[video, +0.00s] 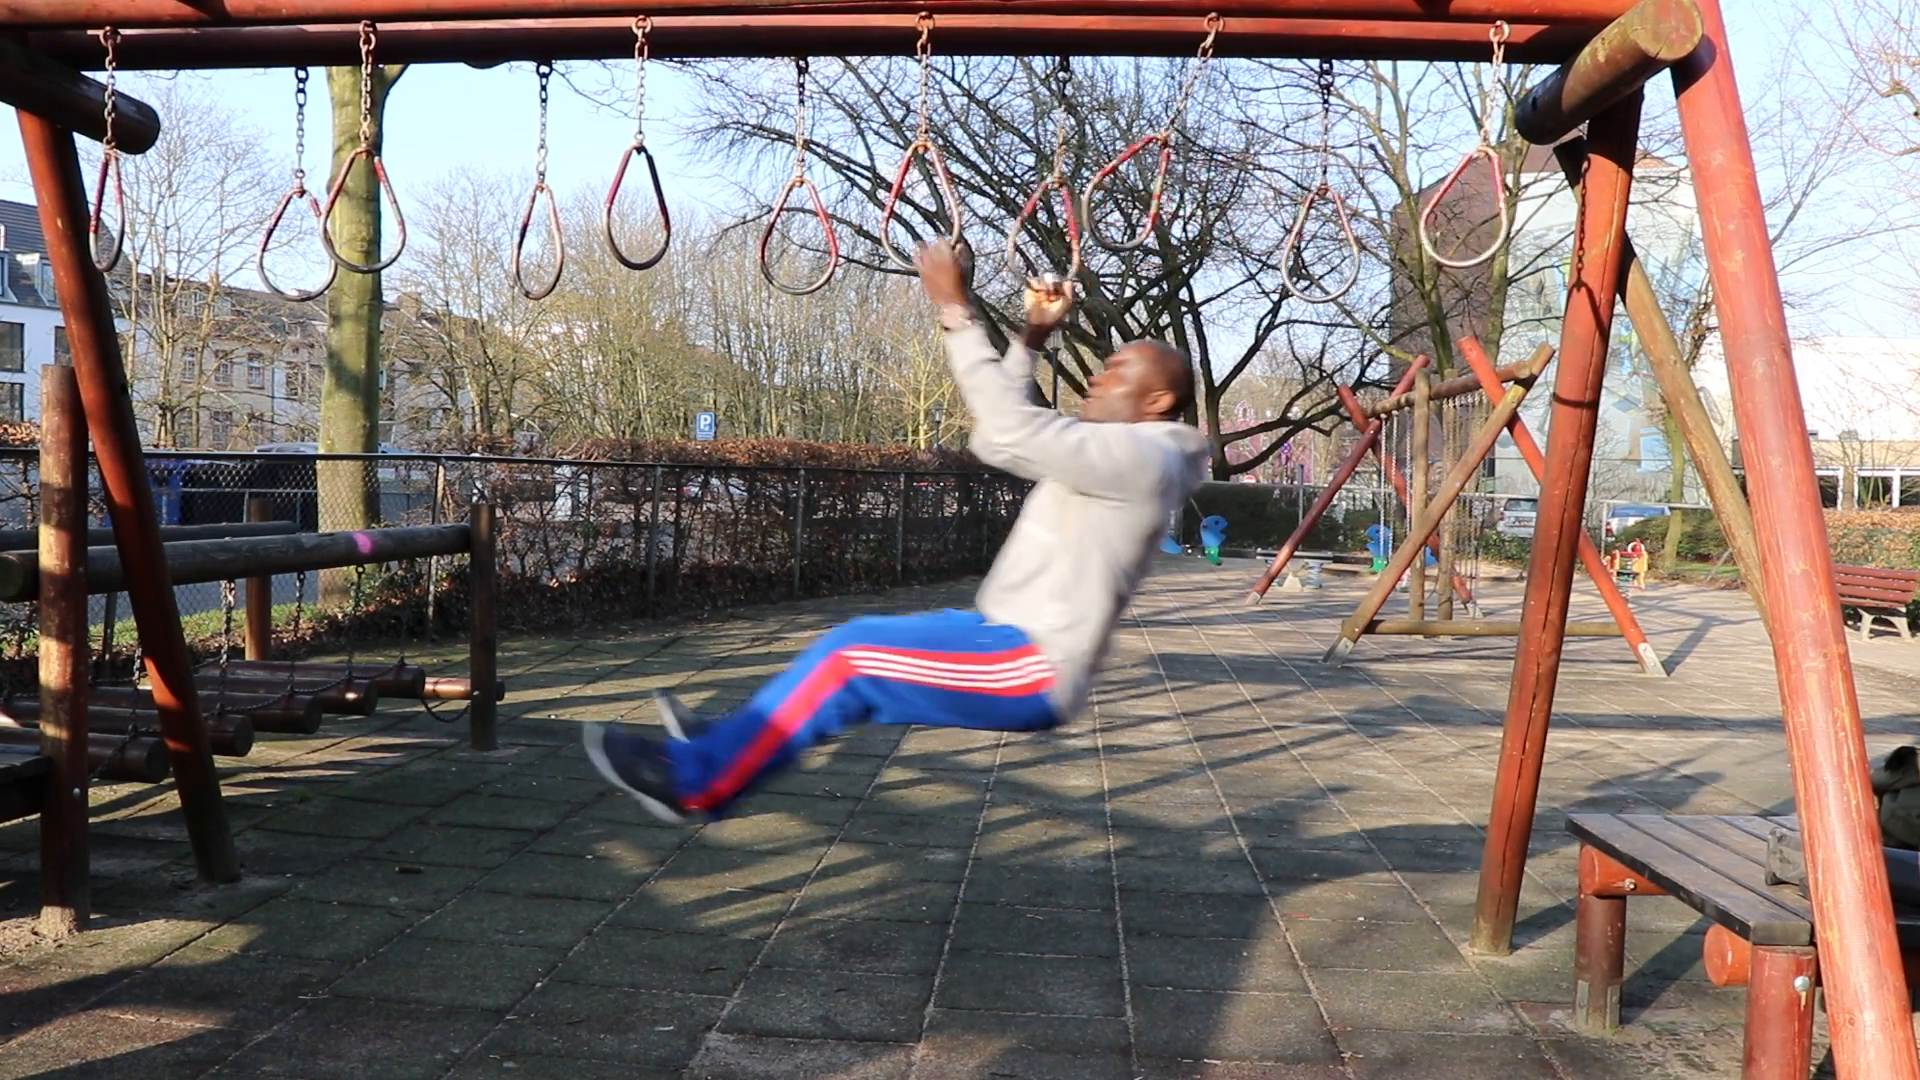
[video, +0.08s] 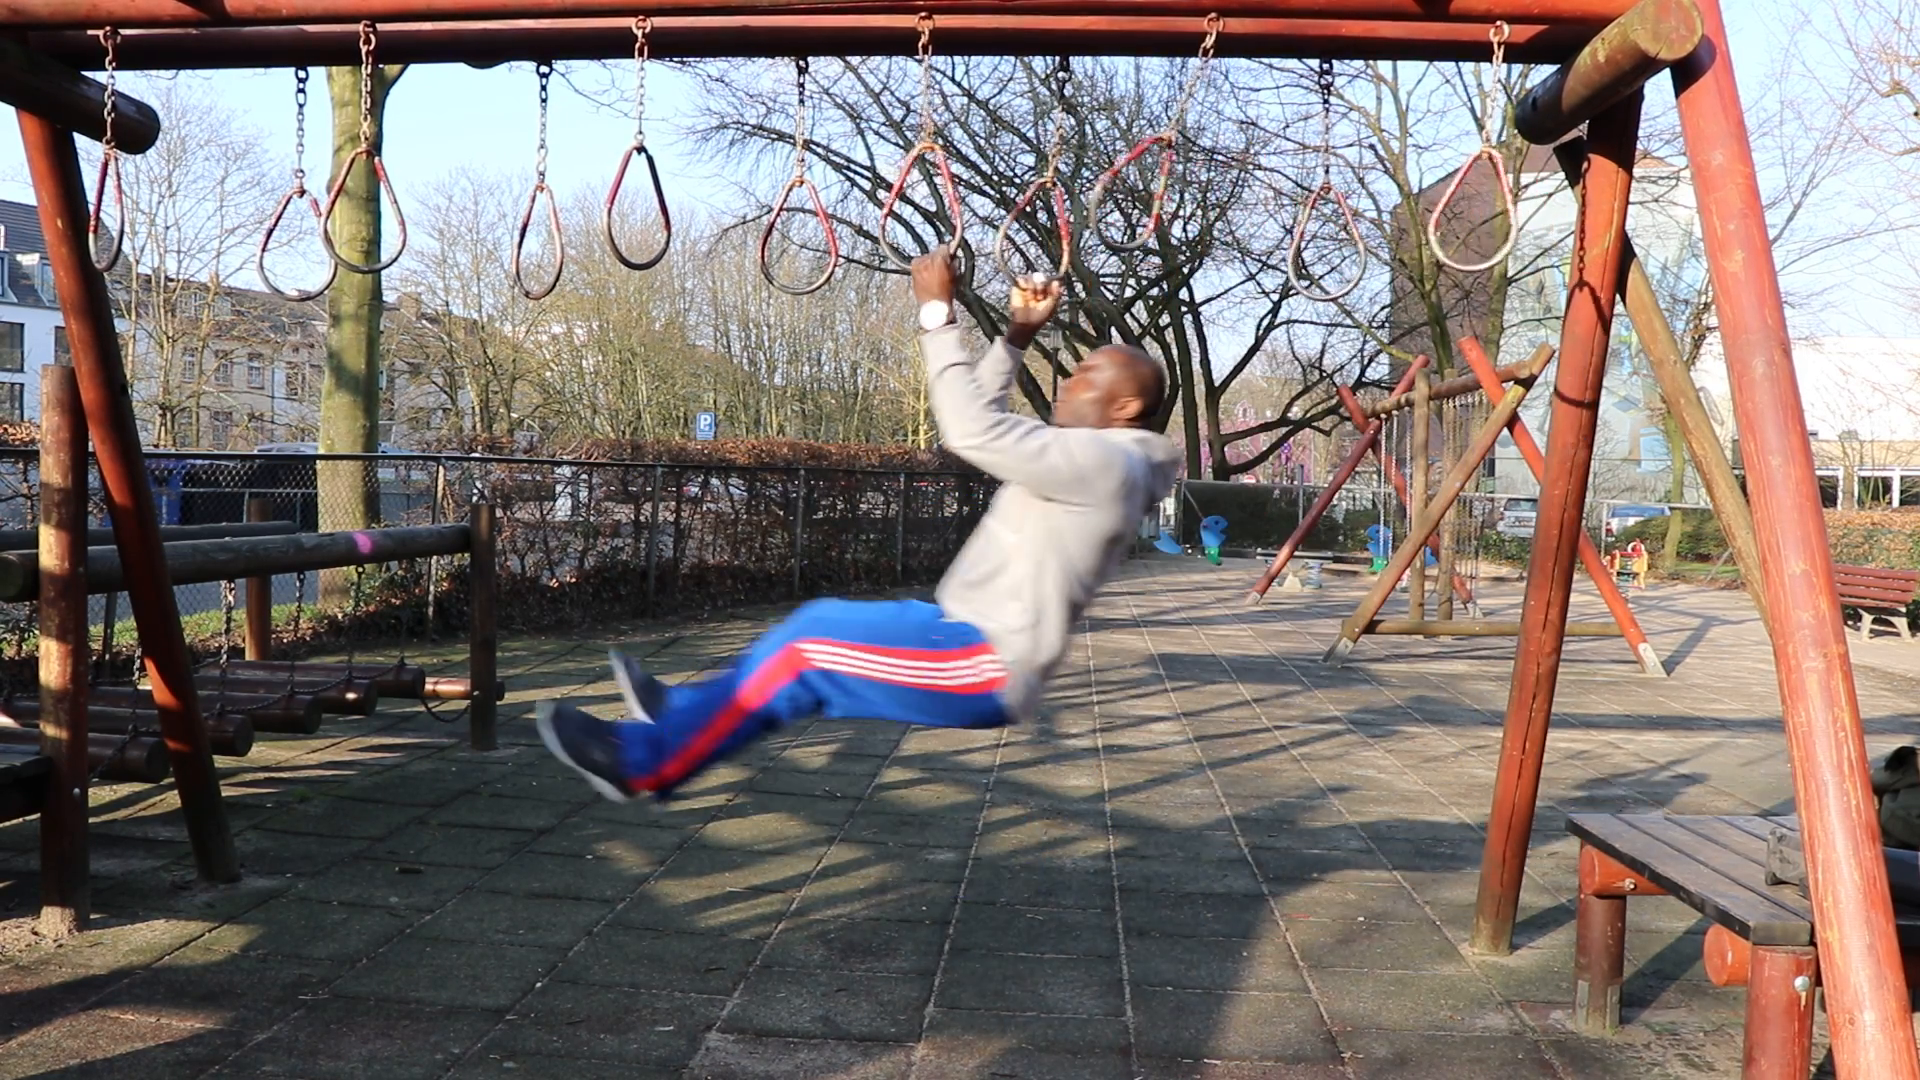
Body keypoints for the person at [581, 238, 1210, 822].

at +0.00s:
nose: (1098, 379)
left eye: (1115, 371)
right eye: (1103, 369)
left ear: (1156, 401)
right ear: (1133, 398)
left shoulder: (1145, 458)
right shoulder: (1116, 452)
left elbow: (1008, 432)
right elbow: (1014, 432)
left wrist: (955, 308)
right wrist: (1030, 340)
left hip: (1037, 665)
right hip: (1011, 637)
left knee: (854, 657)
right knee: (854, 640)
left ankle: (701, 783)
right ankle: (720, 745)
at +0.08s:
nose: (1070, 377)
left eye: (1087, 370)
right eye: (1079, 366)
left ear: (1124, 404)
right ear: (1113, 406)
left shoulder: (1106, 464)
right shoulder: (1089, 456)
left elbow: (970, 430)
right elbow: (991, 427)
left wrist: (940, 312)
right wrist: (1015, 338)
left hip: (989, 661)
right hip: (969, 634)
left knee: (808, 650)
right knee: (812, 624)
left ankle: (645, 765)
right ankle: (676, 717)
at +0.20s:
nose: (1025, 379)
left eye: (1042, 372)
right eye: (1032, 368)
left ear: (1083, 402)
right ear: (1072, 398)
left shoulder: (1046, 455)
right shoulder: (1054, 453)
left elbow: (913, 427)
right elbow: (953, 422)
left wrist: (910, 317)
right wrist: (995, 334)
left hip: (919, 642)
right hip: (914, 615)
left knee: (736, 624)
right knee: (764, 585)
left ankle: (580, 733)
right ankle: (624, 662)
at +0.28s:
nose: (997, 367)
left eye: (1015, 360)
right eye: (1004, 356)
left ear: (1052, 385)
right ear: (1044, 382)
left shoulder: (1013, 439)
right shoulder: (1032, 441)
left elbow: (881, 422)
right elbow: (925, 420)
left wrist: (895, 317)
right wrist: (973, 331)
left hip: (883, 620)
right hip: (884, 597)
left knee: (697, 601)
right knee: (744, 549)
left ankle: (541, 708)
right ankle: (607, 621)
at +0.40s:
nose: (960, 346)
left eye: (975, 338)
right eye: (970, 336)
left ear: (1009, 360)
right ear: (1019, 371)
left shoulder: (978, 427)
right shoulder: (993, 431)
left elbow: (849, 419)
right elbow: (869, 424)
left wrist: (863, 314)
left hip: (836, 604)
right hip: (843, 579)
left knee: (655, 569)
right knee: (717, 512)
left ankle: (475, 648)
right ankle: (573, 583)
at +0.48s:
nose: (942, 346)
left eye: (961, 339)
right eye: (950, 336)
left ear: (995, 368)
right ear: (996, 373)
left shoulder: (958, 426)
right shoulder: (972, 433)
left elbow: (828, 414)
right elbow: (847, 415)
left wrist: (859, 311)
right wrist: (818, 319)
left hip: (808, 603)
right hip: (820, 585)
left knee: (633, 549)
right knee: (696, 507)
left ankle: (436, 607)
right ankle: (534, 565)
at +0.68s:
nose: (903, 355)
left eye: (920, 346)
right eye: (911, 344)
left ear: (951, 373)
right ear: (960, 386)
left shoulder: (910, 434)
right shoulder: (926, 451)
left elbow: (794, 410)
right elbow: (805, 429)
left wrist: (845, 308)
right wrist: (799, 335)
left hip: (759, 610)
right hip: (772, 608)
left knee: (583, 518)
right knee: (601, 538)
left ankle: (383, 535)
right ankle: (460, 583)